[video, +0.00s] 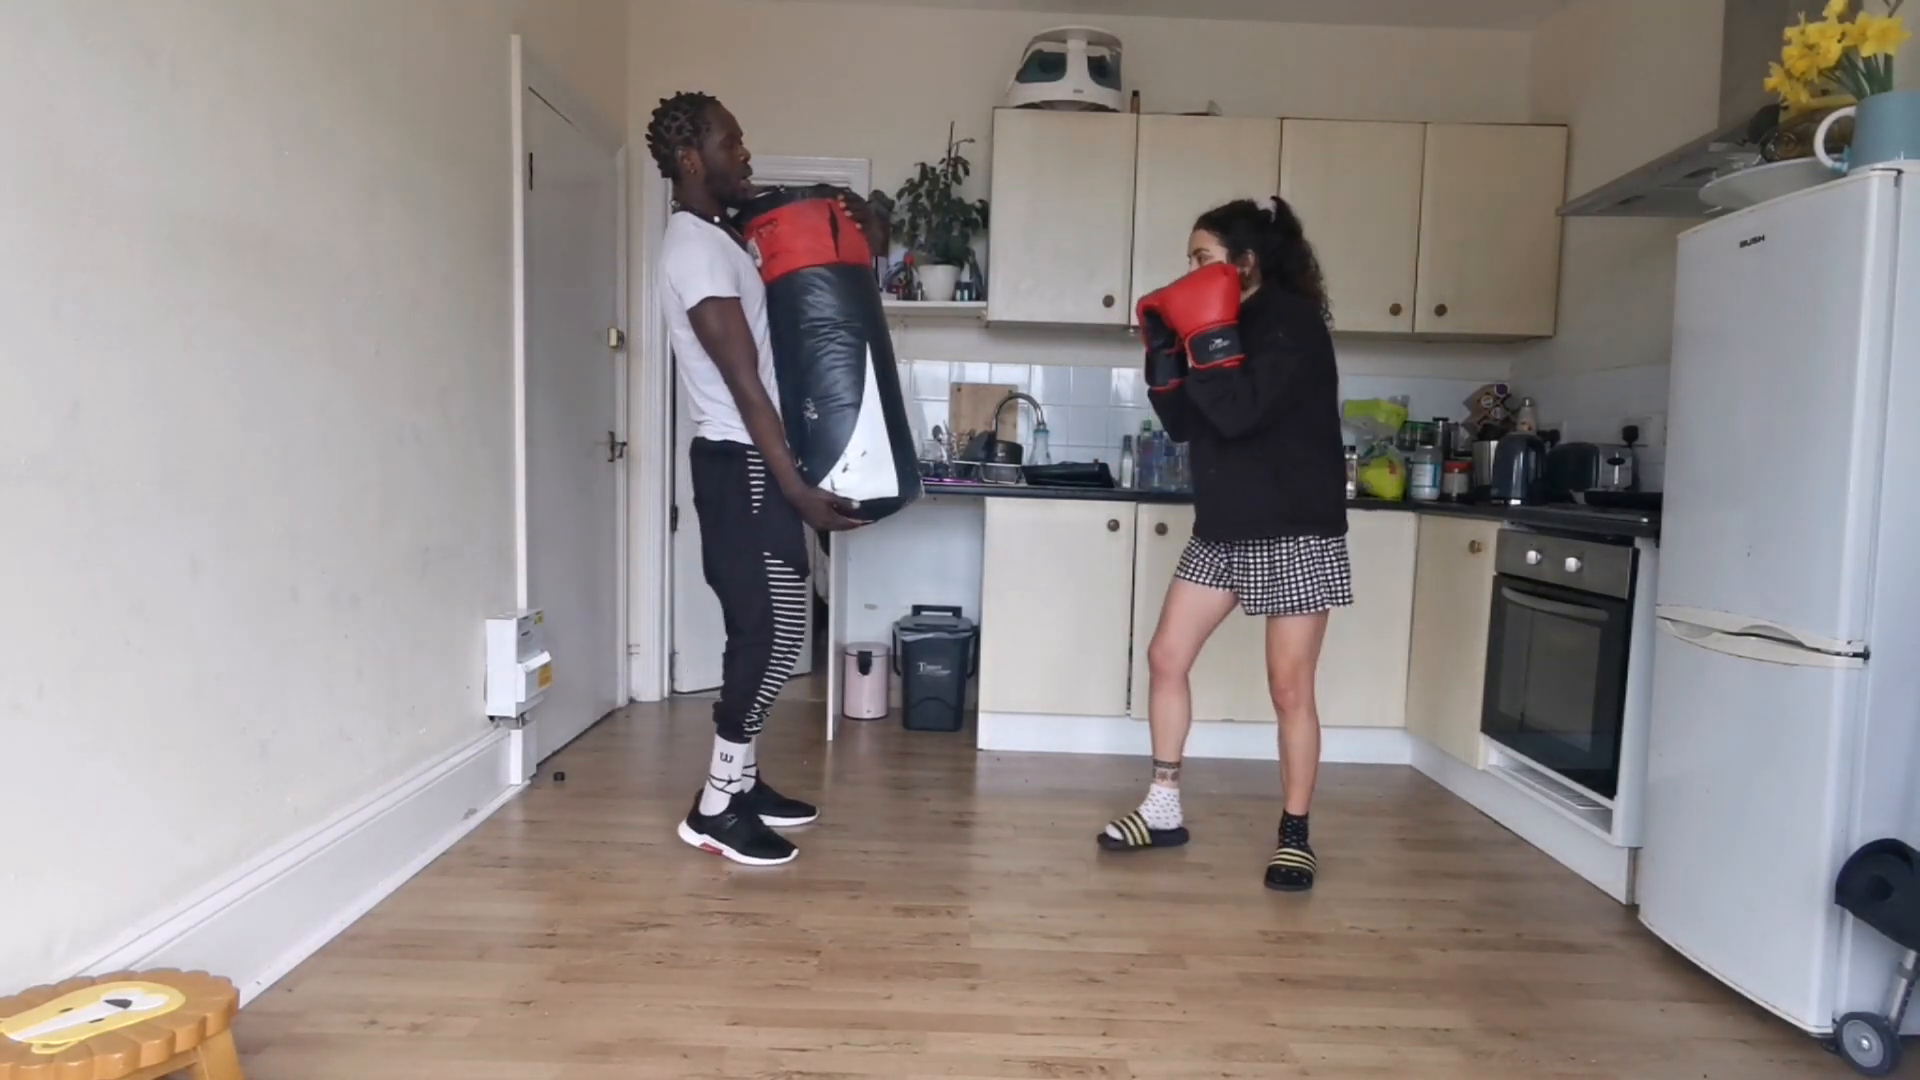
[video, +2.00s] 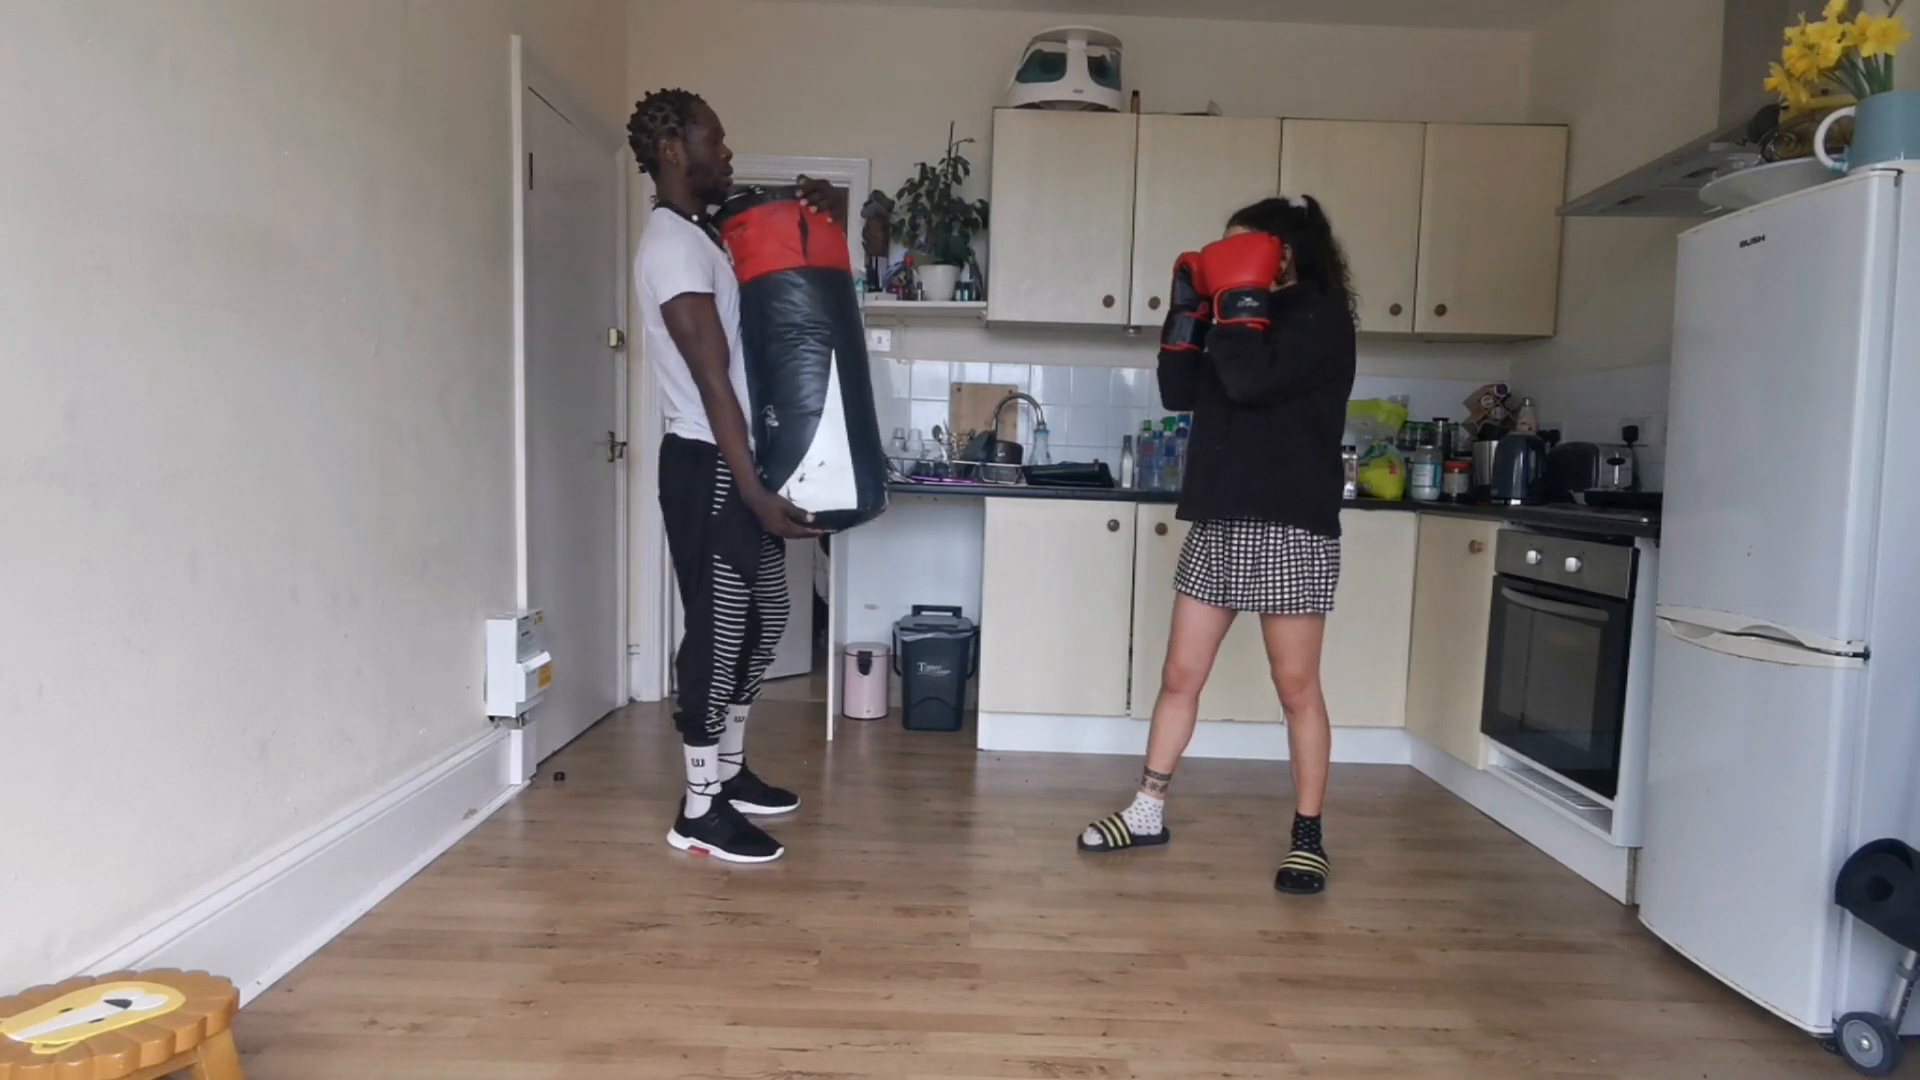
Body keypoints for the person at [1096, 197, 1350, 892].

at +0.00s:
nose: (1195, 270)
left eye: (1205, 258)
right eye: (1193, 259)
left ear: (1248, 260)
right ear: (1222, 264)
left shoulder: (1291, 320)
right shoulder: (1221, 325)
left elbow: (1239, 413)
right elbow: (1184, 423)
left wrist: (1208, 333)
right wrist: (1160, 348)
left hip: (1298, 526)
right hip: (1226, 524)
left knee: (1291, 687)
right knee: (1167, 658)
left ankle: (1294, 833)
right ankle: (1164, 806)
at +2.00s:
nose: (1237, 261)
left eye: (1249, 248)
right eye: (1235, 248)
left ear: (1288, 255)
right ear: (1248, 262)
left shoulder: (1323, 318)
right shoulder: (1237, 319)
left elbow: (1247, 382)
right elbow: (1177, 392)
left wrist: (1241, 304)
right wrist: (1186, 305)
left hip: (1293, 518)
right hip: (1218, 514)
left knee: (1297, 684)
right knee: (1180, 674)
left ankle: (1307, 835)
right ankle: (1148, 810)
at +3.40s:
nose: (1215, 307)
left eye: (1225, 292)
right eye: (1212, 295)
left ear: (1270, 292)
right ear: (1238, 299)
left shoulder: (1319, 347)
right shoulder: (1247, 361)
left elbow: (1271, 435)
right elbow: (1209, 451)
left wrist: (1240, 358)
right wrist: (1170, 398)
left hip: (1325, 548)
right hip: (1248, 543)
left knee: (1343, 709)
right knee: (1156, 654)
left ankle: (1379, 841)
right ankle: (1127, 784)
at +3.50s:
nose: (1148, 307)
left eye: (1159, 292)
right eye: (1146, 295)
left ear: (1200, 288)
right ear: (1158, 299)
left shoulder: (1260, 345)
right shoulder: (1162, 361)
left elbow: (1237, 429)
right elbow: (1130, 434)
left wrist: (1195, 354)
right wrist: (1090, 403)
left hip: (1297, 526)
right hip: (1214, 535)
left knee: (1341, 687)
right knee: (1137, 663)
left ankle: (1380, 834)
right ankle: (1065, 780)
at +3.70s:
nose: (1094, 358)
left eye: (1105, 347)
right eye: (1093, 348)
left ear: (1148, 344)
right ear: (1118, 349)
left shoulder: (1199, 394)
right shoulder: (1117, 404)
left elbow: (1172, 483)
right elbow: (1035, 420)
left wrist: (1128, 415)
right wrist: (951, 405)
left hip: (1257, 557)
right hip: (1175, 563)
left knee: (1317, 706)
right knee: (1092, 659)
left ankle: (1395, 812)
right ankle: (1066, 795)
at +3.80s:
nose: (1112, 353)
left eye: (1126, 341)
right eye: (1114, 341)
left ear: (1170, 347)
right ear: (1137, 343)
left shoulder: (1216, 398)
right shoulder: (1131, 396)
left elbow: (1173, 493)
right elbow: (1065, 438)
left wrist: (1146, 421)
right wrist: (1003, 433)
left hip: (1255, 558)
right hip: (1176, 561)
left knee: (1311, 709)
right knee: (1094, 656)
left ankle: (1397, 805)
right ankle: (1065, 794)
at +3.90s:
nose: (1196, 346)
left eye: (1210, 334)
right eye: (1195, 333)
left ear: (1255, 341)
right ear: (1200, 333)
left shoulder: (1282, 402)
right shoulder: (1210, 394)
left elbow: (1225, 493)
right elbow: (1190, 468)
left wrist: (1214, 417)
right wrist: (1139, 444)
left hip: (1271, 572)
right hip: (1189, 563)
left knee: (1317, 721)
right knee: (1107, 661)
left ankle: (1391, 819)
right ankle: (1069, 792)